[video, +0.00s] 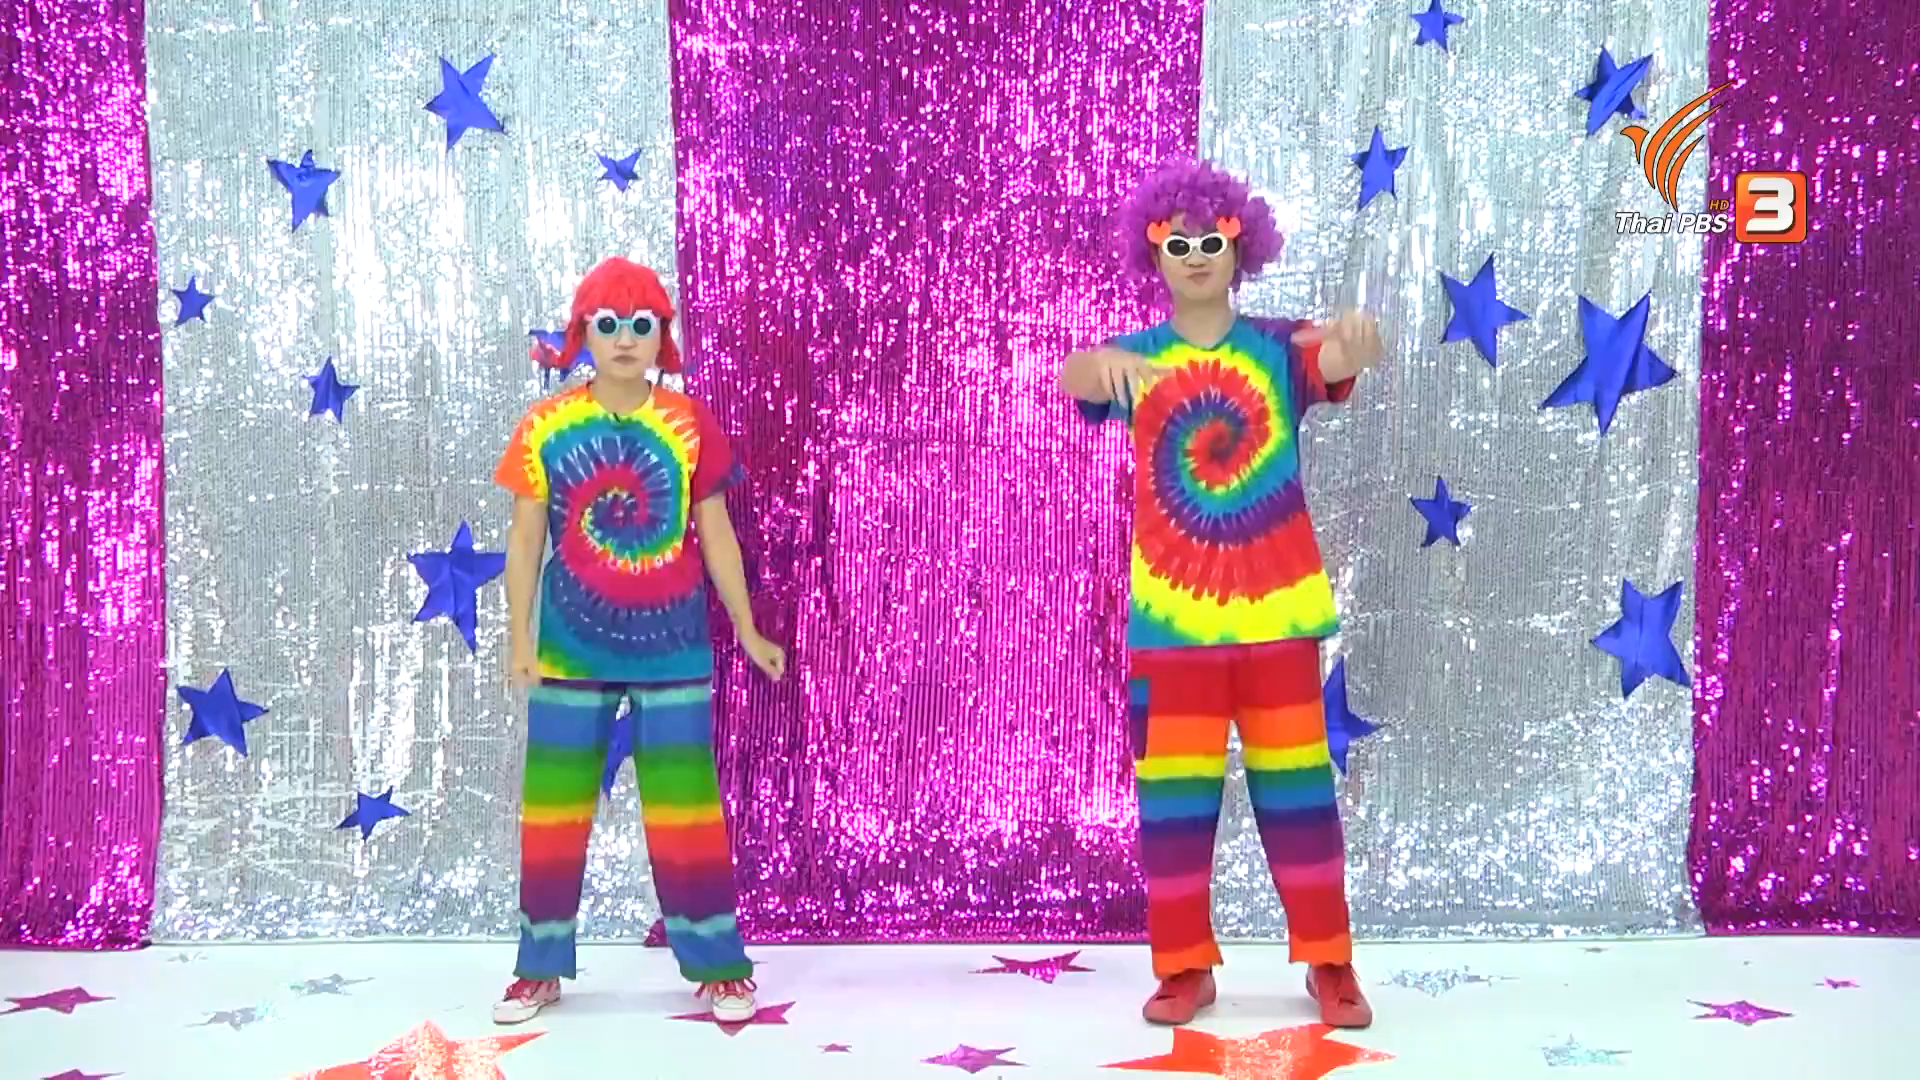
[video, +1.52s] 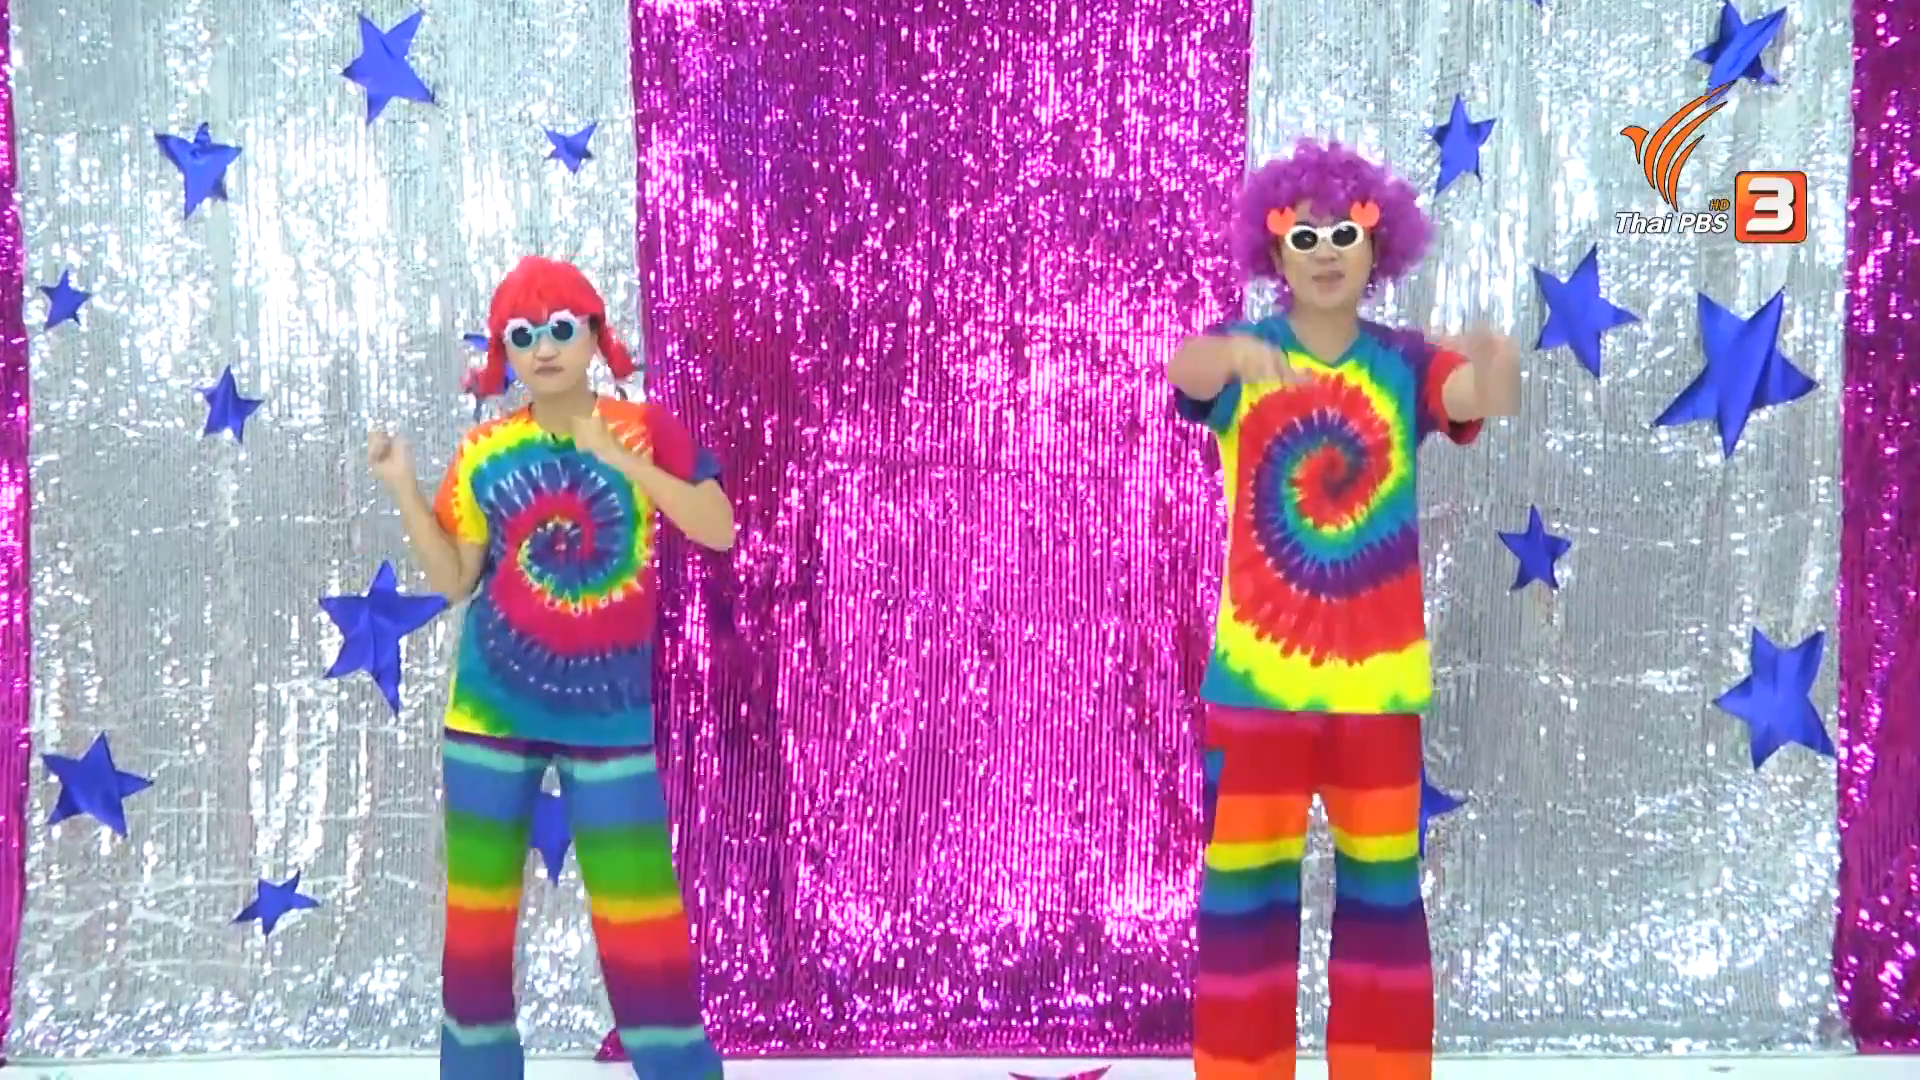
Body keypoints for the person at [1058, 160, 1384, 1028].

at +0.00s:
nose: (1196, 251)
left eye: (1212, 236)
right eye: (1178, 239)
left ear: (1240, 253)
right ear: (1155, 261)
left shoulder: (1279, 345)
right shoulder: (1139, 354)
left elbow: (1343, 362)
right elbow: (1079, 379)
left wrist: (1354, 328)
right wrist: (1093, 368)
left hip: (1280, 609)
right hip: (1173, 616)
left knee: (1300, 789)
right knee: (1176, 796)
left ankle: (1330, 963)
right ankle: (1184, 969)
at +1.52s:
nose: (1326, 252)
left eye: (1345, 235)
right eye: (1305, 236)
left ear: (1374, 253)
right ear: (1276, 256)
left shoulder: (1406, 361)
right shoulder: (1247, 354)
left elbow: (1484, 400)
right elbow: (1184, 371)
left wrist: (1493, 350)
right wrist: (1234, 355)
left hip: (1380, 671)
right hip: (1261, 669)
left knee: (1384, 888)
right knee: (1246, 889)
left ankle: (1384, 1070)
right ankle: (1243, 1070)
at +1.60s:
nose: (1352, 269)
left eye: (1372, 250)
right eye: (1330, 252)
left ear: (1401, 268)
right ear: (1299, 271)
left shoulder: (1433, 377)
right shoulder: (1261, 367)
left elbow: (1510, 433)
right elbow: (1209, 408)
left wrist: (1510, 431)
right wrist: (1275, 424)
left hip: (1398, 697)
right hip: (1276, 694)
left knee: (1402, 903)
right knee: (1245, 903)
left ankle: (1397, 1068)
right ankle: (1246, 1069)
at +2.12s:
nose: (1326, 291)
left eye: (1348, 272)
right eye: (1304, 273)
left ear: (1381, 292)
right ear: (1273, 295)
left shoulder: (1429, 404)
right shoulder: (1236, 406)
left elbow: (1513, 457)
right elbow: (1161, 463)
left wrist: (1473, 407)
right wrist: (1162, 445)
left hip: (1406, 751)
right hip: (1271, 753)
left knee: (1424, 987)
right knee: (1268, 995)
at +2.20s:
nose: (1311, 318)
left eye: (1333, 298)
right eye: (1288, 300)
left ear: (1366, 317)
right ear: (1256, 321)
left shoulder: (1422, 425)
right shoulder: (1223, 437)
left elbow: (1501, 494)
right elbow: (1159, 499)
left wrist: (1452, 492)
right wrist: (1143, 523)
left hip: (1402, 791)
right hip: (1264, 794)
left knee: (1428, 1021)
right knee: (1256, 1031)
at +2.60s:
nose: (1389, 313)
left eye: (1410, 292)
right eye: (1364, 295)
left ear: (1444, 310)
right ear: (1330, 317)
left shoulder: (1490, 431)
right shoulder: (1291, 433)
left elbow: (1596, 469)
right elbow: (1184, 473)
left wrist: (1571, 404)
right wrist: (1220, 443)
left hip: (1461, 801)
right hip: (1322, 801)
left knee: (1474, 1042)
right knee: (1312, 1040)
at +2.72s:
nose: (1431, 330)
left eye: (1452, 308)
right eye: (1406, 312)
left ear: (1489, 324)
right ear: (1373, 330)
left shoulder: (1529, 452)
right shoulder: (1322, 439)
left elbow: (1633, 535)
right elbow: (1232, 509)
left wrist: (1595, 471)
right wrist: (1304, 497)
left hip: (1482, 816)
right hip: (1345, 812)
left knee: (1486, 1049)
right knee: (1326, 1047)